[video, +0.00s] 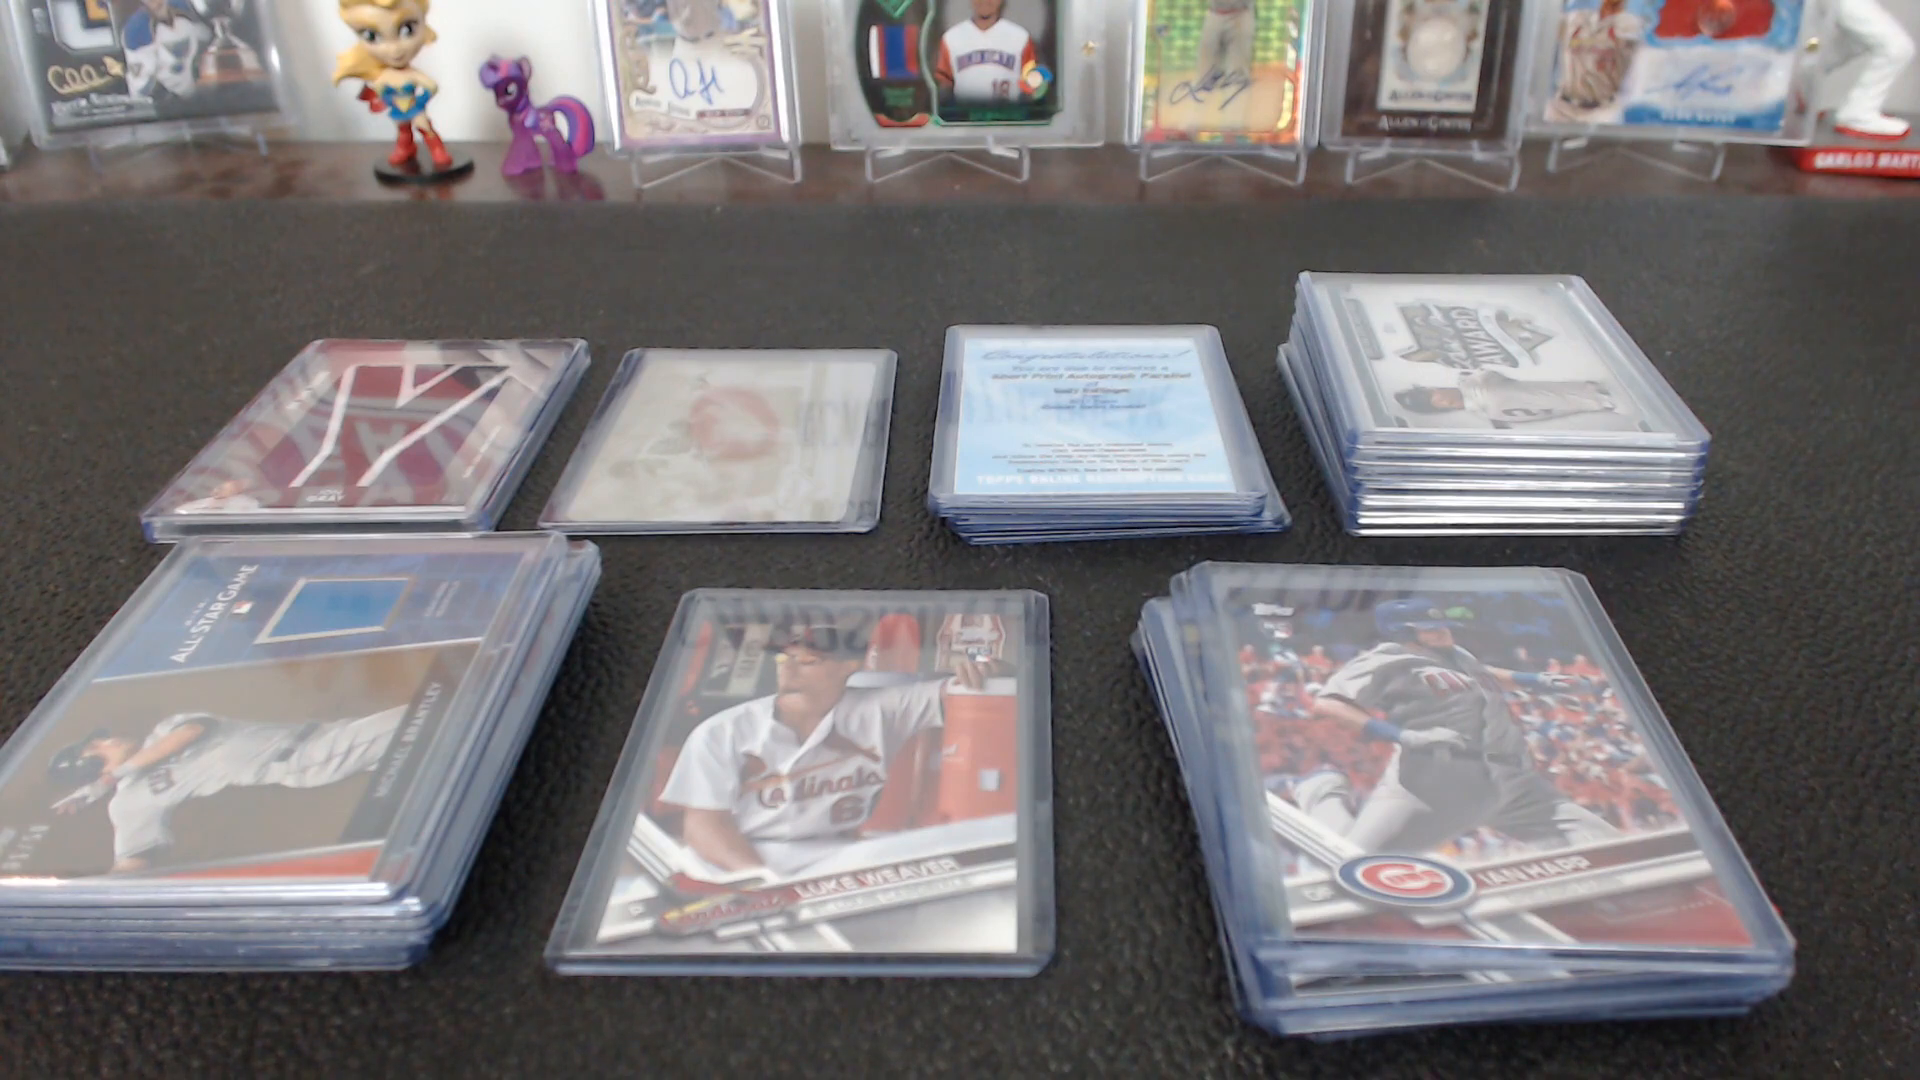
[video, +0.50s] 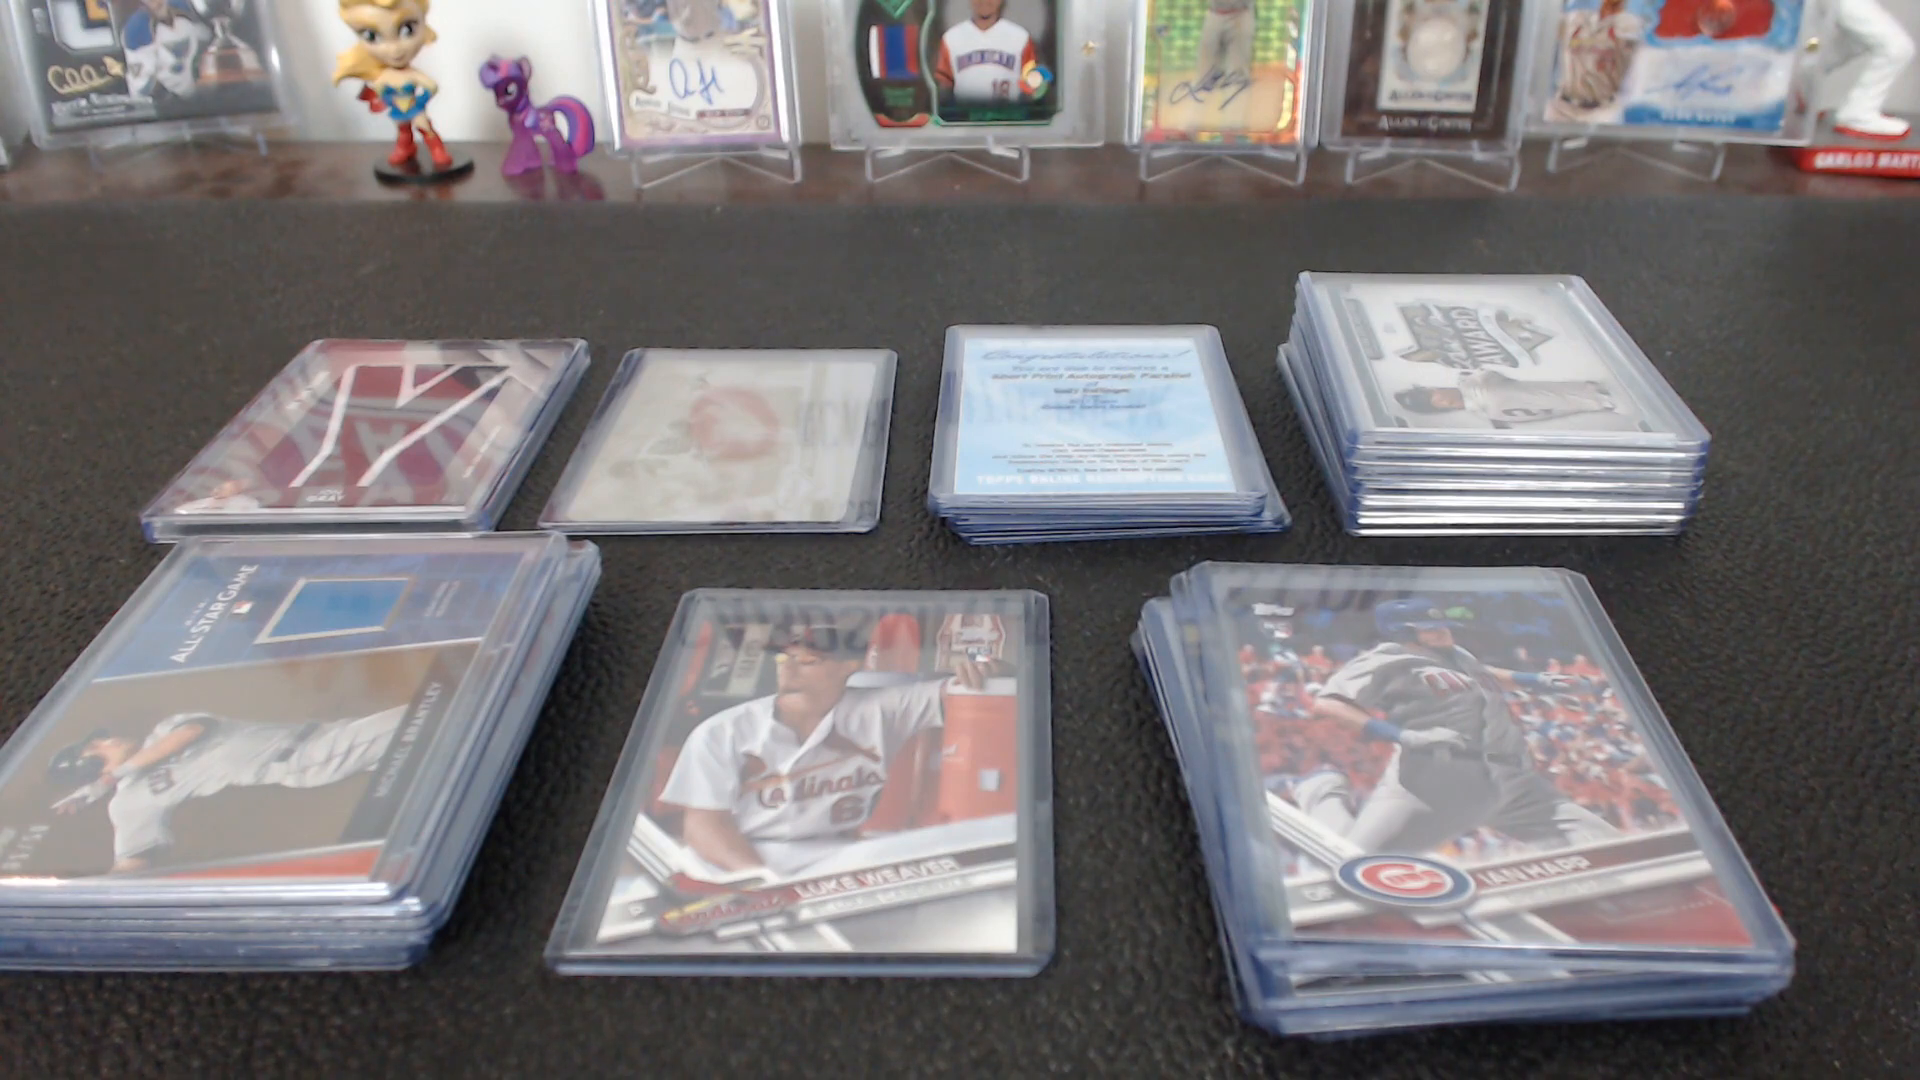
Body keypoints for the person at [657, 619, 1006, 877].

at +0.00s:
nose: (792, 661)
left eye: (814, 651)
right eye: (785, 648)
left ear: (852, 665)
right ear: (775, 658)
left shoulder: (874, 714)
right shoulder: (720, 736)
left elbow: (955, 691)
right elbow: (703, 829)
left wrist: (973, 674)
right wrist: (768, 884)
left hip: (827, 868)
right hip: (728, 873)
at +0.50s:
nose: (793, 660)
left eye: (814, 650)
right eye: (786, 648)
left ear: (853, 664)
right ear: (775, 657)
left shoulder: (875, 714)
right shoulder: (720, 736)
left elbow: (957, 690)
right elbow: (703, 829)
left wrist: (973, 672)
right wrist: (768, 884)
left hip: (827, 868)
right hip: (729, 871)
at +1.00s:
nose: (794, 657)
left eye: (816, 647)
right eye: (787, 645)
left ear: (853, 663)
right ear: (776, 655)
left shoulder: (875, 714)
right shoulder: (720, 735)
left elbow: (958, 690)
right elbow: (703, 830)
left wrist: (974, 671)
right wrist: (768, 885)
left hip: (828, 868)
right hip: (730, 872)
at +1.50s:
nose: (793, 659)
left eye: (814, 649)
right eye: (787, 646)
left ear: (853, 664)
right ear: (776, 656)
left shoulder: (875, 716)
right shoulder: (720, 735)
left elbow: (957, 690)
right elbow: (703, 830)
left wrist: (974, 673)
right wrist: (769, 885)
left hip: (827, 871)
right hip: (728, 875)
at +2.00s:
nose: (793, 658)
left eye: (814, 650)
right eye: (787, 646)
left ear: (853, 663)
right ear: (776, 655)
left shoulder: (875, 714)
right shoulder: (720, 735)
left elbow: (954, 692)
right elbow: (703, 831)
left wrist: (975, 675)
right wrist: (768, 886)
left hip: (830, 870)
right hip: (732, 875)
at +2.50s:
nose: (793, 658)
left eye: (814, 650)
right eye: (786, 646)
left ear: (853, 663)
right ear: (776, 655)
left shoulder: (874, 715)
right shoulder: (720, 735)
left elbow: (955, 692)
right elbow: (703, 831)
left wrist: (976, 674)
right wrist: (768, 885)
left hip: (829, 869)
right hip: (732, 875)